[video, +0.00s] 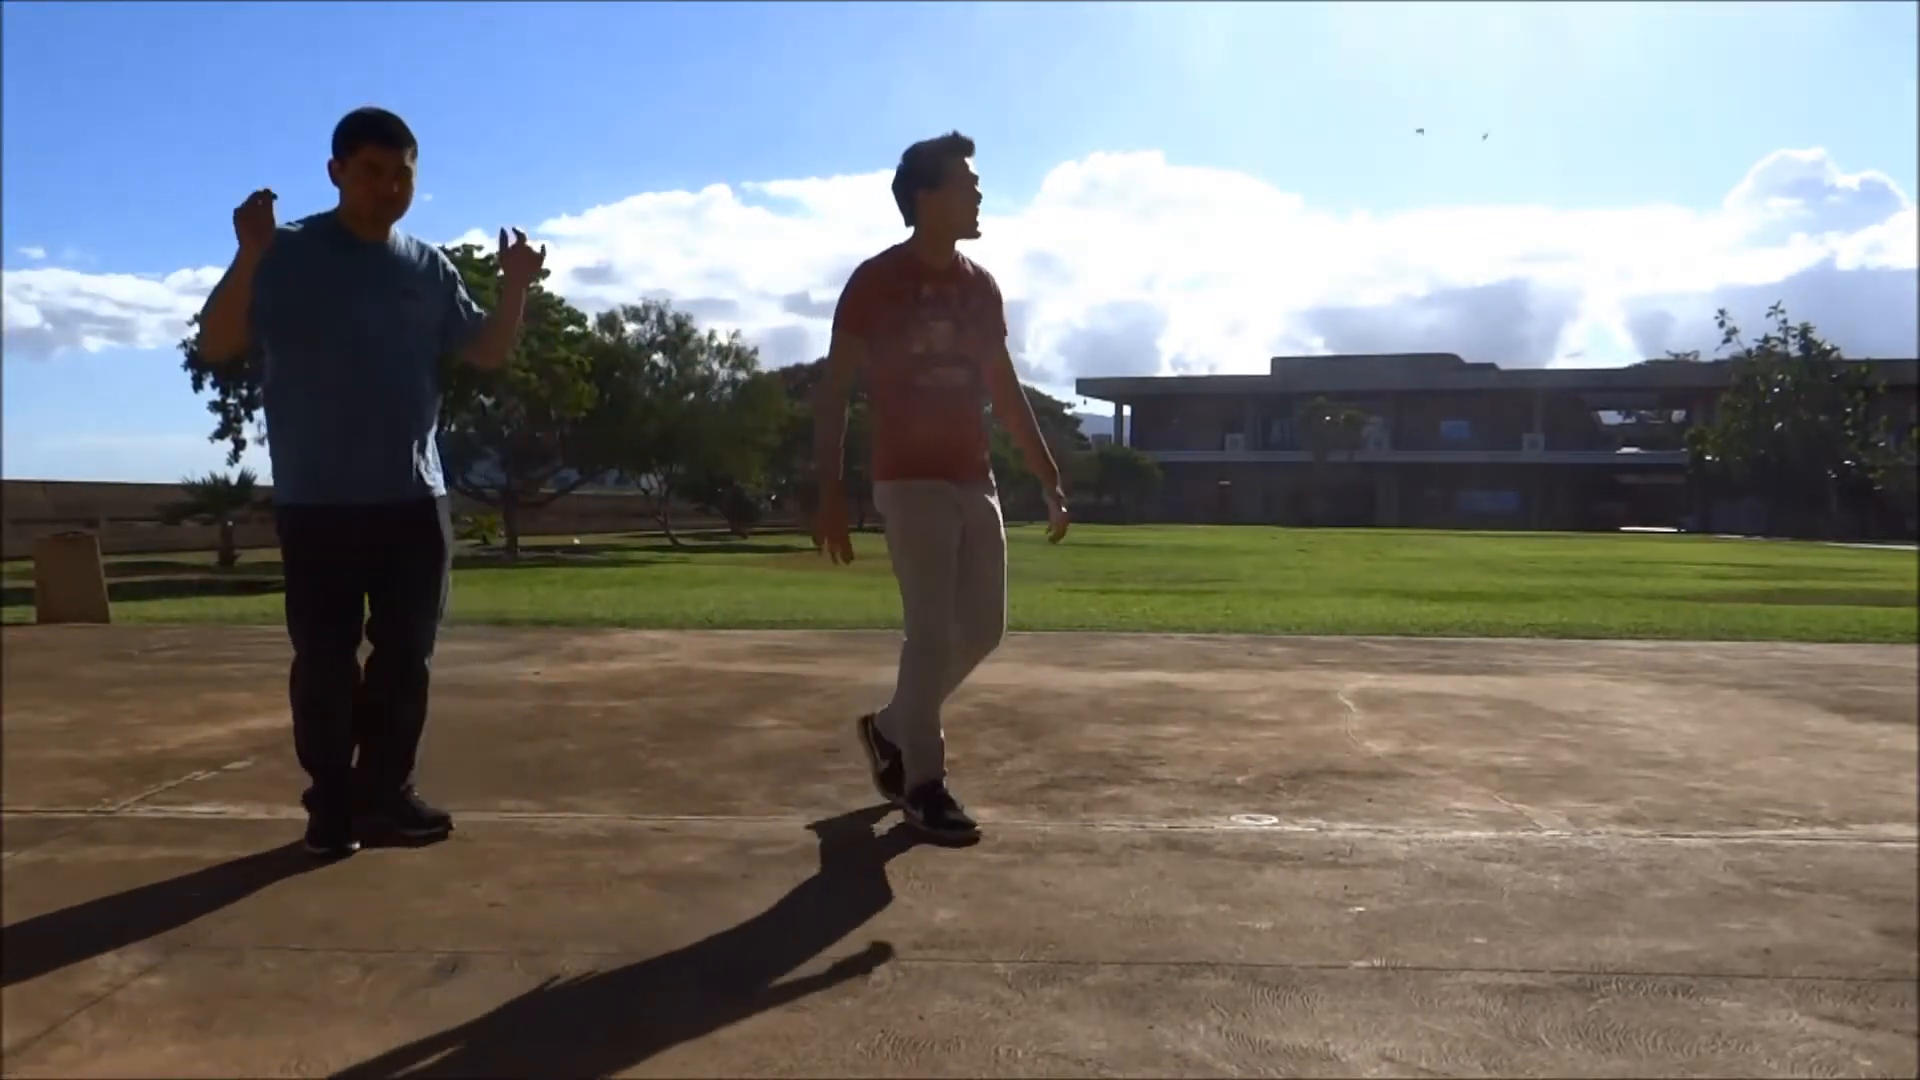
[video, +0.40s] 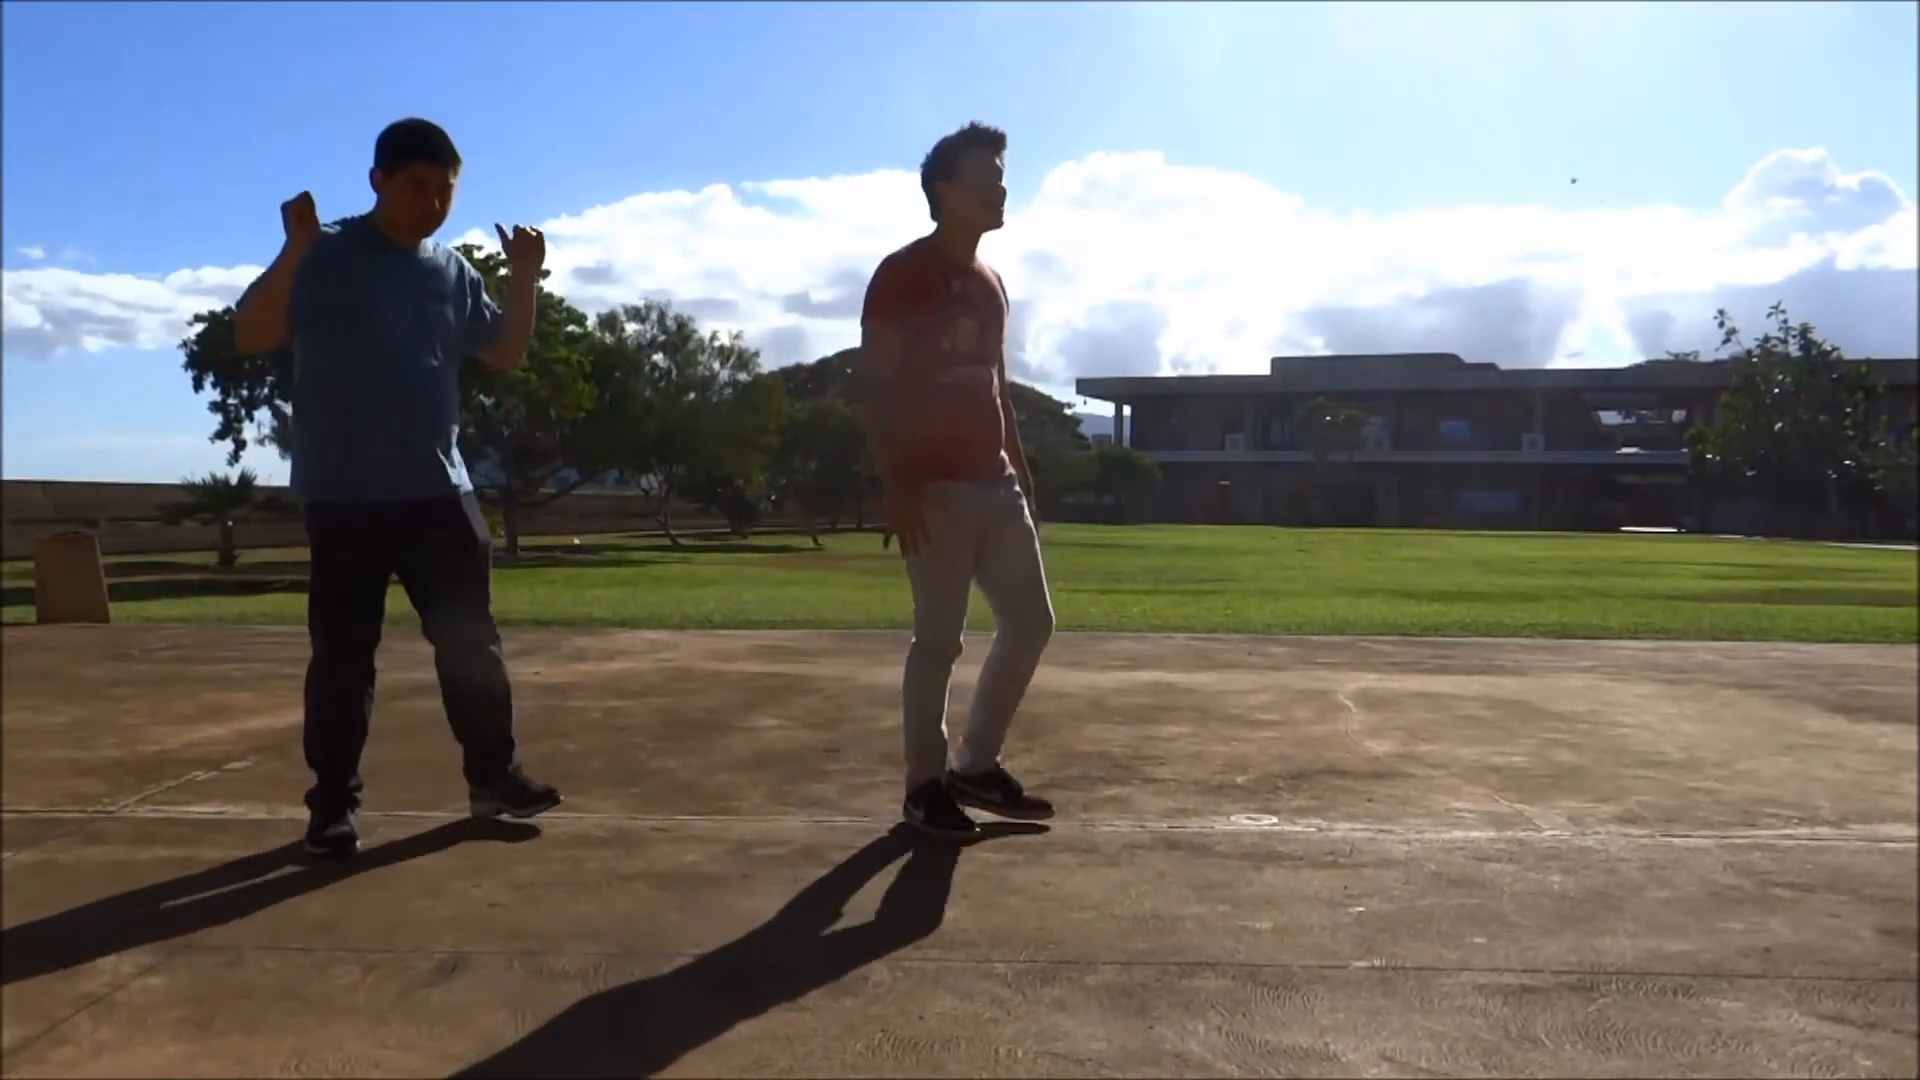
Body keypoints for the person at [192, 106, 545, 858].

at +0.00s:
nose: (393, 180)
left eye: (403, 169)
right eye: (377, 166)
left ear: (414, 179)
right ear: (339, 171)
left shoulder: (427, 266)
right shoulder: (287, 256)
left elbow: (485, 353)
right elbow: (217, 345)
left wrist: (516, 288)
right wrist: (249, 251)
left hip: (411, 487)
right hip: (315, 492)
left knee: (406, 652)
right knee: (324, 655)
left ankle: (385, 797)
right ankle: (330, 806)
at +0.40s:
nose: (436, 203)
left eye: (445, 190)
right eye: (423, 186)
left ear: (453, 193)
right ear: (381, 181)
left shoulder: (448, 271)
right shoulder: (322, 257)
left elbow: (504, 350)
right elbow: (250, 335)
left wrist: (525, 277)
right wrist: (296, 249)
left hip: (434, 486)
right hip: (343, 491)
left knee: (470, 636)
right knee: (341, 655)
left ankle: (495, 779)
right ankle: (333, 805)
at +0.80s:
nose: (529, 232)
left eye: (536, 219)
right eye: (519, 217)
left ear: (538, 218)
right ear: (480, 206)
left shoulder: (542, 296)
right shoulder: (415, 277)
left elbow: (590, 367)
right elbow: (359, 359)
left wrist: (669, 336)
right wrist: (342, 298)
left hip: (532, 499)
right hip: (448, 501)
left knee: (547, 642)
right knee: (417, 654)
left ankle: (532, 781)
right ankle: (353, 799)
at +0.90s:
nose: (553, 234)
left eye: (559, 222)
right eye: (545, 220)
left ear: (557, 219)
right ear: (504, 208)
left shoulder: (560, 293)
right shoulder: (435, 274)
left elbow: (597, 367)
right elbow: (381, 362)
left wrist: (672, 333)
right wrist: (370, 298)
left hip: (550, 492)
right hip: (469, 491)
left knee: (554, 636)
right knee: (452, 637)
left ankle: (533, 779)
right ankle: (385, 794)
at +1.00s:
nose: (569, 232)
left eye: (576, 219)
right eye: (561, 217)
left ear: (575, 217)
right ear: (522, 204)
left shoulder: (577, 294)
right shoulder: (451, 274)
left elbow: (606, 367)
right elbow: (402, 364)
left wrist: (692, 336)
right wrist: (393, 307)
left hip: (564, 491)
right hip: (486, 491)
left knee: (556, 641)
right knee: (479, 640)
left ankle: (535, 780)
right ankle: (441, 797)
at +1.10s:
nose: (586, 233)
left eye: (593, 221)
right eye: (579, 218)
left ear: (589, 218)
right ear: (538, 204)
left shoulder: (590, 293)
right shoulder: (469, 273)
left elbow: (617, 370)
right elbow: (420, 365)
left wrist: (703, 338)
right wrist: (417, 308)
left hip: (574, 488)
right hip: (500, 487)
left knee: (566, 637)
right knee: (515, 632)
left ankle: (544, 780)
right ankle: (503, 796)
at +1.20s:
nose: (600, 238)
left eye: (607, 225)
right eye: (594, 222)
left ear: (603, 220)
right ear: (552, 206)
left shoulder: (598, 291)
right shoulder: (484, 274)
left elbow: (627, 368)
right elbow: (435, 368)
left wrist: (717, 357)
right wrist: (438, 318)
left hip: (583, 486)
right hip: (514, 484)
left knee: (570, 631)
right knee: (550, 628)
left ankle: (528, 779)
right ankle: (564, 785)